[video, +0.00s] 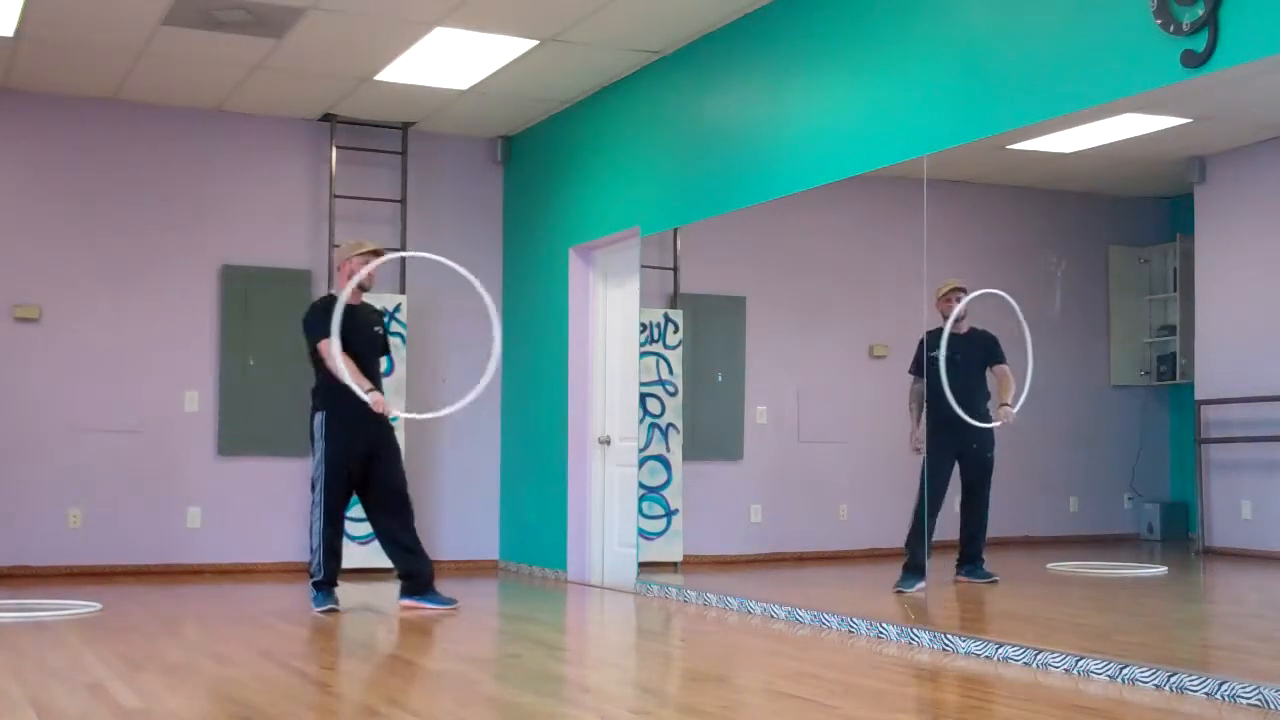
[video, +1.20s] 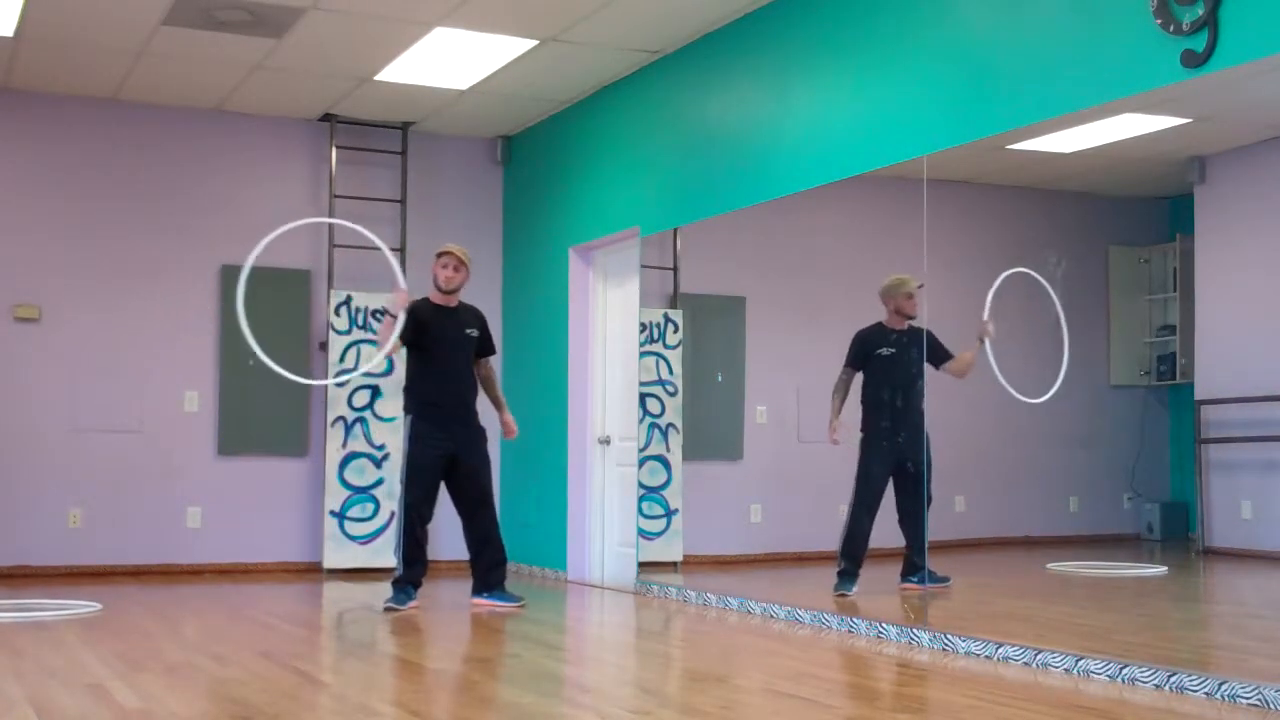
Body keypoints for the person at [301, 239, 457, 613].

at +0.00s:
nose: (369, 274)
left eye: (374, 269)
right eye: (363, 266)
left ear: (376, 274)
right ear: (344, 267)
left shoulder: (373, 316)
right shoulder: (321, 311)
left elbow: (373, 367)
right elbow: (331, 356)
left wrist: (380, 404)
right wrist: (368, 391)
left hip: (372, 415)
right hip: (336, 415)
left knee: (392, 499)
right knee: (329, 502)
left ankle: (417, 586)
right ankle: (323, 587)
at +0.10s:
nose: (380, 271)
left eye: (382, 266)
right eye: (372, 264)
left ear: (381, 272)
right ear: (351, 267)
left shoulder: (380, 316)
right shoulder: (331, 307)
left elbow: (385, 363)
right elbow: (354, 347)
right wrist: (389, 377)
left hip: (377, 417)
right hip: (340, 416)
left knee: (394, 500)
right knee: (331, 502)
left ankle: (418, 586)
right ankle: (322, 586)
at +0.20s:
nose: (385, 270)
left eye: (388, 266)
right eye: (378, 263)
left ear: (387, 272)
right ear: (356, 266)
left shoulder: (386, 317)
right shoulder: (337, 305)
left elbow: (382, 380)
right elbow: (373, 332)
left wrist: (392, 422)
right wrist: (414, 353)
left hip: (379, 417)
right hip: (341, 415)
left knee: (398, 502)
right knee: (330, 501)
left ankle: (424, 586)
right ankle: (318, 586)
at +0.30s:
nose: (391, 272)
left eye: (395, 267)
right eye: (384, 265)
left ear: (395, 274)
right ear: (363, 267)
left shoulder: (391, 320)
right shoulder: (341, 304)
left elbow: (391, 380)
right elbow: (384, 316)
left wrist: (402, 421)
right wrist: (433, 318)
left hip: (385, 419)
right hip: (346, 417)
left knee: (400, 504)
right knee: (332, 503)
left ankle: (426, 586)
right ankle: (319, 586)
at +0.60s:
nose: (418, 271)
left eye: (423, 266)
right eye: (412, 264)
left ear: (427, 272)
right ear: (395, 267)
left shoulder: (431, 314)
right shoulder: (371, 302)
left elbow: (438, 370)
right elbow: (377, 327)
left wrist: (443, 412)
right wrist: (397, 283)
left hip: (422, 421)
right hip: (383, 421)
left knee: (422, 510)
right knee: (375, 509)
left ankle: (425, 586)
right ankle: (368, 585)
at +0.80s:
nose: (426, 270)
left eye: (433, 266)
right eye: (419, 264)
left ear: (440, 275)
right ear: (407, 270)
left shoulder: (448, 315)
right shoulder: (388, 308)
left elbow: (452, 370)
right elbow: (356, 330)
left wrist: (459, 416)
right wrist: (352, 290)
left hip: (446, 425)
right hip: (407, 425)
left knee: (462, 501)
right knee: (406, 507)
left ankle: (463, 581)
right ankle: (406, 584)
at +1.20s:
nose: (450, 272)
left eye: (458, 268)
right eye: (444, 266)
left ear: (466, 277)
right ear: (433, 272)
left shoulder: (473, 317)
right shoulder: (417, 312)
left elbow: (484, 369)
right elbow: (386, 347)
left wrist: (503, 411)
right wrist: (394, 312)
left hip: (466, 426)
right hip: (425, 426)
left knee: (480, 508)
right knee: (415, 509)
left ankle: (488, 586)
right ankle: (406, 586)